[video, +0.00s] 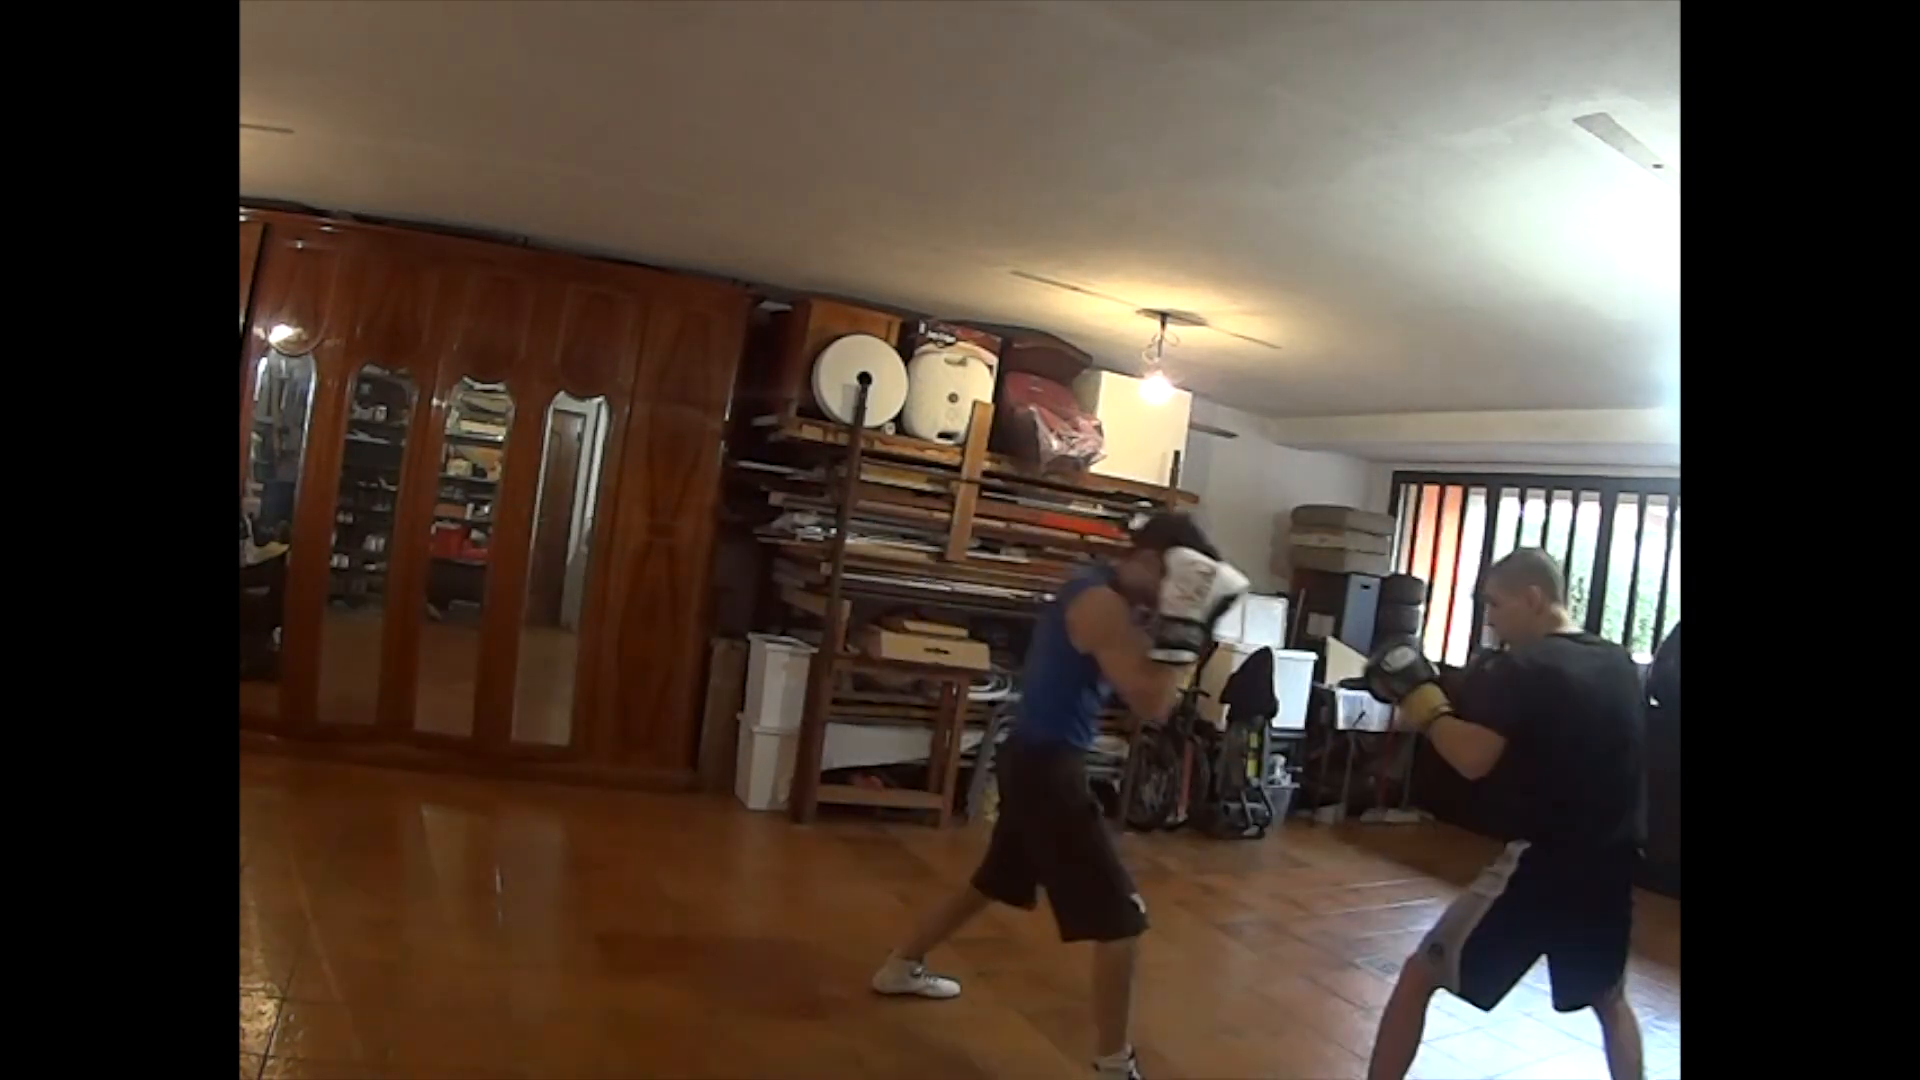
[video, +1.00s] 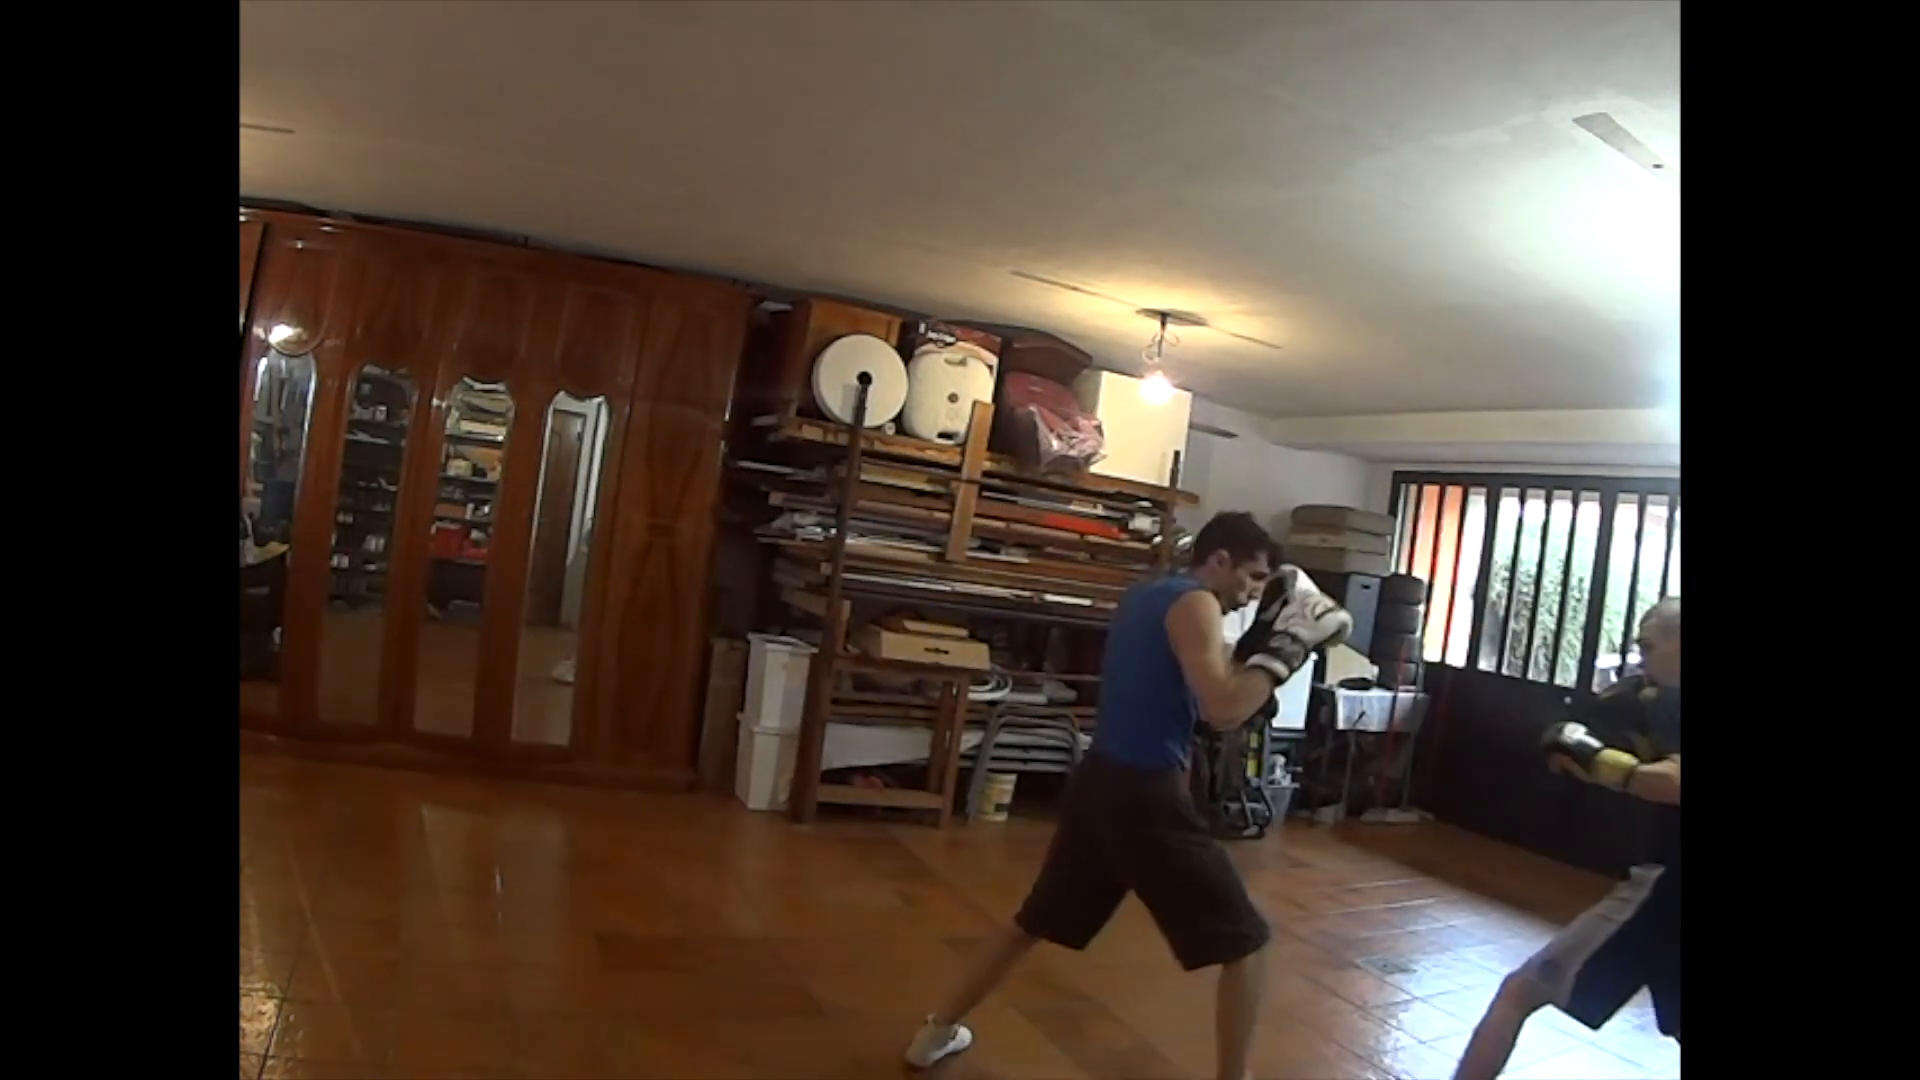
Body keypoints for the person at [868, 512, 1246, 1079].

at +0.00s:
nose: (1167, 591)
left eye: (1177, 581)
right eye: (1169, 575)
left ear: (1146, 555)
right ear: (1145, 553)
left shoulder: (1087, 588)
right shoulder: (1100, 604)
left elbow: (1140, 684)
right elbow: (1153, 702)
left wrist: (1176, 630)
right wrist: (1185, 627)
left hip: (1031, 763)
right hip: (1051, 771)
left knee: (990, 882)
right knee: (1119, 920)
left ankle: (900, 966)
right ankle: (1114, 1063)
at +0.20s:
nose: (1203, 589)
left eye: (1211, 580)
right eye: (1206, 574)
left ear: (1180, 548)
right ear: (1183, 549)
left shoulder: (1123, 575)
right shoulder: (1137, 594)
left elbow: (1186, 682)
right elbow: (1195, 698)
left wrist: (1223, 627)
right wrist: (1228, 622)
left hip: (1046, 748)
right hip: (1071, 760)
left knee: (995, 876)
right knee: (1115, 919)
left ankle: (913, 976)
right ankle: (1114, 1063)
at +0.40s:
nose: (1194, 574)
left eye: (1202, 563)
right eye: (1195, 559)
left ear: (1160, 543)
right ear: (1165, 540)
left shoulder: (1110, 573)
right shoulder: (1128, 584)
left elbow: (1163, 677)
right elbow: (1174, 689)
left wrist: (1194, 615)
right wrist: (1216, 608)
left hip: (1052, 757)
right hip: (1085, 768)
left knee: (998, 888)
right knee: (1166, 919)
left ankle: (914, 991)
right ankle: (1132, 1060)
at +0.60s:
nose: (1220, 586)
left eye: (1227, 577)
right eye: (1219, 571)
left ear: (1183, 553)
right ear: (1187, 551)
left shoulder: (1125, 587)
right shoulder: (1158, 599)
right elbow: (1194, 703)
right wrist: (1239, 629)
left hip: (1070, 776)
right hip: (1112, 789)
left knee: (1003, 900)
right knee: (1181, 943)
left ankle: (916, 991)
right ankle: (1204, 1072)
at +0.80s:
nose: (1269, 596)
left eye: (1275, 587)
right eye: (1268, 581)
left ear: (1219, 553)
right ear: (1236, 559)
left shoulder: (1154, 593)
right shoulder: (1211, 600)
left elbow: (1142, 688)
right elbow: (1276, 687)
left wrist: (1201, 700)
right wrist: (1313, 630)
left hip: (1090, 776)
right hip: (1141, 789)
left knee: (1031, 908)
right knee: (1202, 950)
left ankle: (935, 1006)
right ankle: (1201, 1073)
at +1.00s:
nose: (1253, 591)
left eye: (1260, 581)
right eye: (1251, 576)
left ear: (1204, 556)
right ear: (1217, 557)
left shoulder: (1147, 595)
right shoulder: (1192, 603)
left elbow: (1205, 689)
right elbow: (1223, 708)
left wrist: (1263, 635)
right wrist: (1286, 648)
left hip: (1098, 787)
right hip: (1150, 799)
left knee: (1030, 924)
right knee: (1248, 942)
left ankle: (935, 1033)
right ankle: (1234, 1072)